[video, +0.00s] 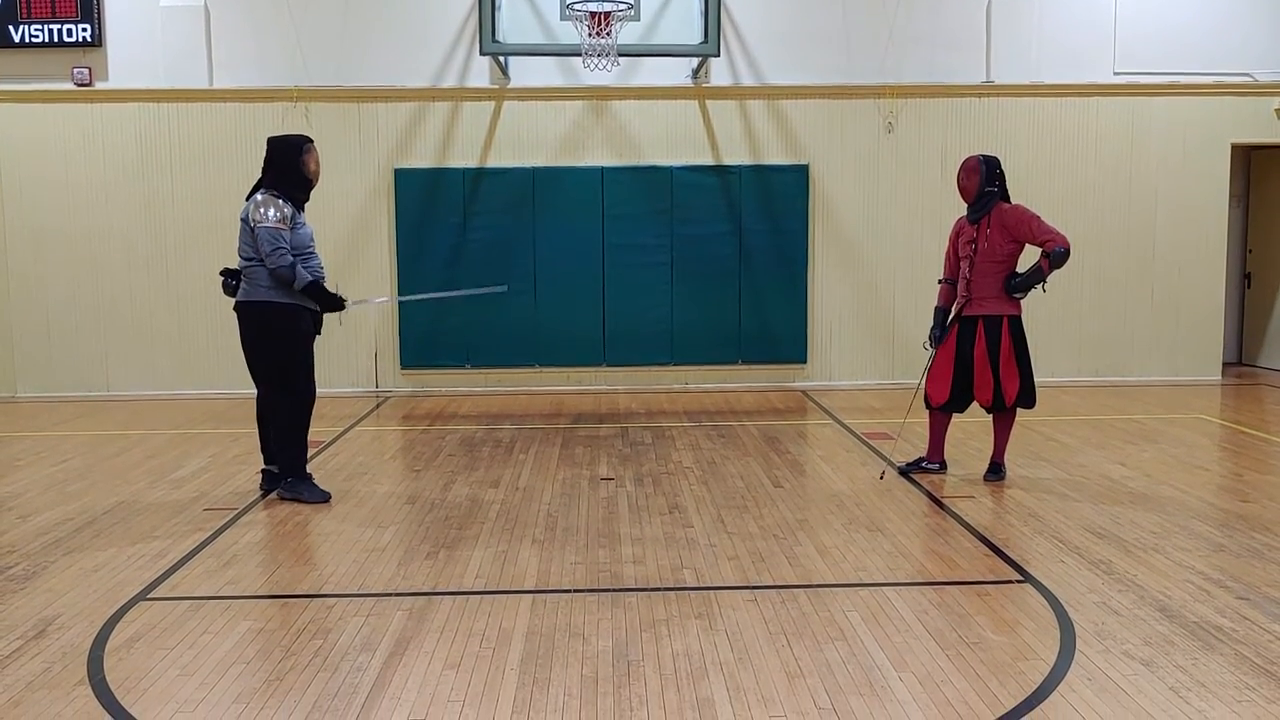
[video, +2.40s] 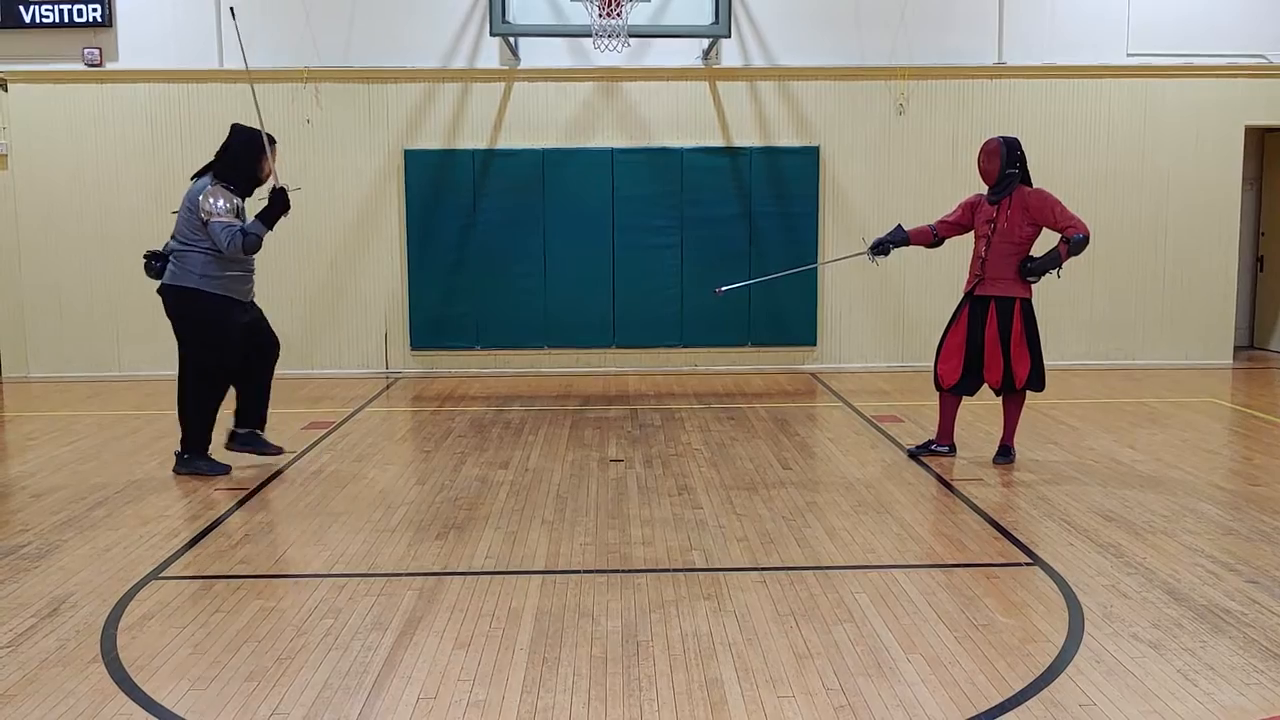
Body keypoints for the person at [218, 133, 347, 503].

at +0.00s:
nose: (318, 168)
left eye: (317, 160)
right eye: (313, 160)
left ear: (290, 162)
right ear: (294, 161)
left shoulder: (282, 202)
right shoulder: (268, 202)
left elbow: (292, 260)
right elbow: (279, 263)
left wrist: (318, 291)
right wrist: (318, 292)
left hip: (280, 309)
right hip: (271, 310)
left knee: (278, 391)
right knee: (293, 392)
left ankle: (276, 471)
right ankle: (292, 477)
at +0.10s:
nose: (320, 166)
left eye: (319, 158)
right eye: (315, 157)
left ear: (294, 161)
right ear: (296, 160)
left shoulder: (285, 202)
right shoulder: (270, 201)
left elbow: (287, 261)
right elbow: (283, 259)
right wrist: (330, 281)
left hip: (281, 308)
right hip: (273, 308)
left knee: (278, 387)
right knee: (301, 388)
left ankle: (276, 469)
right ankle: (294, 475)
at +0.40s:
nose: (323, 162)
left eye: (323, 155)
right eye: (318, 154)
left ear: (293, 156)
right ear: (299, 156)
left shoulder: (277, 195)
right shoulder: (279, 197)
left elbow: (285, 256)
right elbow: (311, 244)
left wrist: (251, 273)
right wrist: (359, 244)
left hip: (276, 301)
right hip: (285, 303)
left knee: (280, 380)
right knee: (310, 383)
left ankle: (276, 462)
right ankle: (327, 467)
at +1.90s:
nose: (337, 177)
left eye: (339, 169)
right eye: (335, 168)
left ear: (308, 164)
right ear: (315, 164)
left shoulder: (285, 194)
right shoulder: (276, 193)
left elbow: (274, 247)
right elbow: (294, 243)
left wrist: (239, 259)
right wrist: (329, 212)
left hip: (270, 292)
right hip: (269, 293)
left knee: (287, 366)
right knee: (318, 358)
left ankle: (286, 448)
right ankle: (315, 449)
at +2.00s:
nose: (328, 178)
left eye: (329, 170)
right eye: (326, 169)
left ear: (298, 165)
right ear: (306, 166)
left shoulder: (281, 196)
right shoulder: (265, 192)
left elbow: (264, 246)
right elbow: (284, 244)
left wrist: (228, 259)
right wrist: (319, 213)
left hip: (273, 293)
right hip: (252, 293)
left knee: (299, 362)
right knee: (299, 361)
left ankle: (282, 442)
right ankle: (267, 442)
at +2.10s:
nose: (317, 177)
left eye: (318, 169)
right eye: (315, 168)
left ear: (287, 165)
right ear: (295, 165)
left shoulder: (271, 197)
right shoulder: (255, 192)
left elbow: (251, 246)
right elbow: (274, 244)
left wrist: (215, 260)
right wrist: (309, 214)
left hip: (269, 298)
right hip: (240, 296)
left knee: (284, 371)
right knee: (261, 374)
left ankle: (284, 449)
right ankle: (217, 436)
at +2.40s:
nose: (272, 169)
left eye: (272, 162)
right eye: (268, 161)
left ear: (242, 161)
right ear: (249, 160)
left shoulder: (226, 192)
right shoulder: (212, 191)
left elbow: (196, 236)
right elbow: (235, 243)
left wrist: (170, 256)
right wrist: (270, 213)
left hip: (227, 295)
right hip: (195, 293)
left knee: (263, 349)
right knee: (206, 369)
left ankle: (246, 432)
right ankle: (192, 453)